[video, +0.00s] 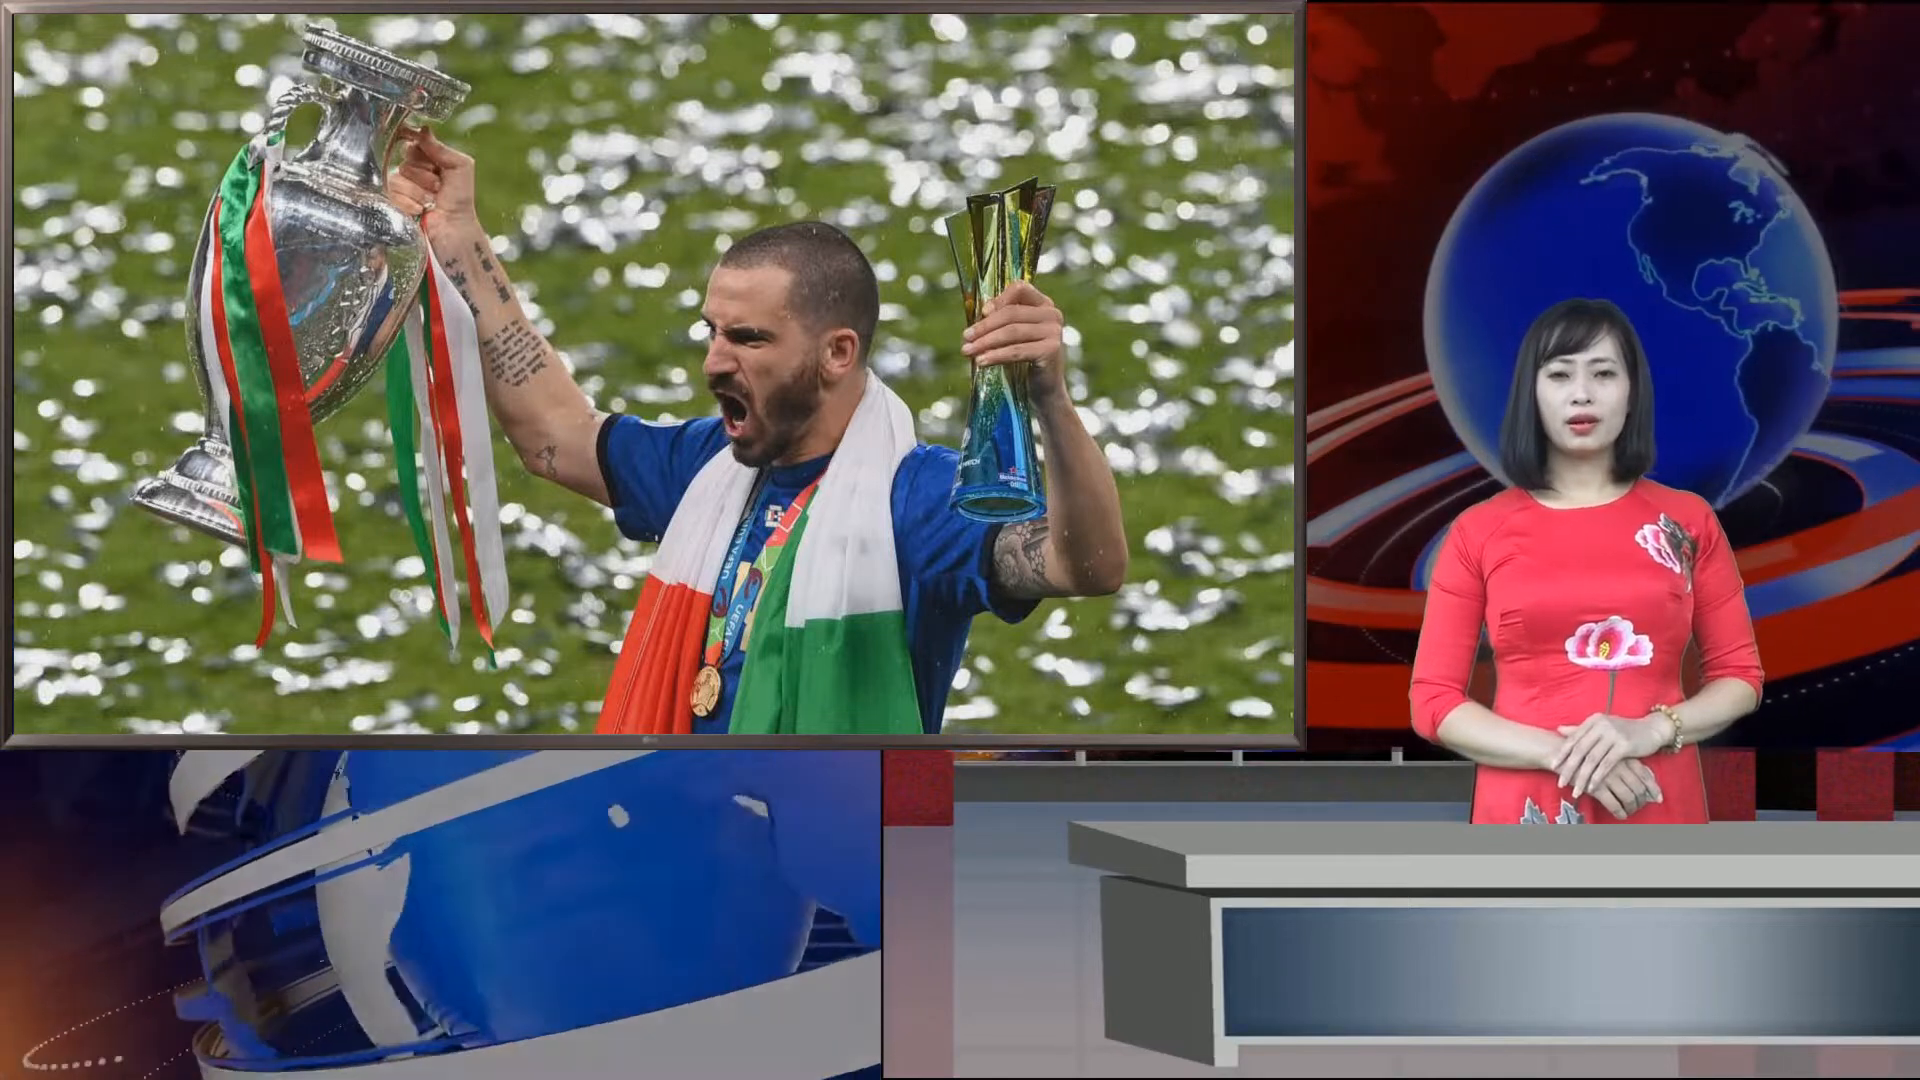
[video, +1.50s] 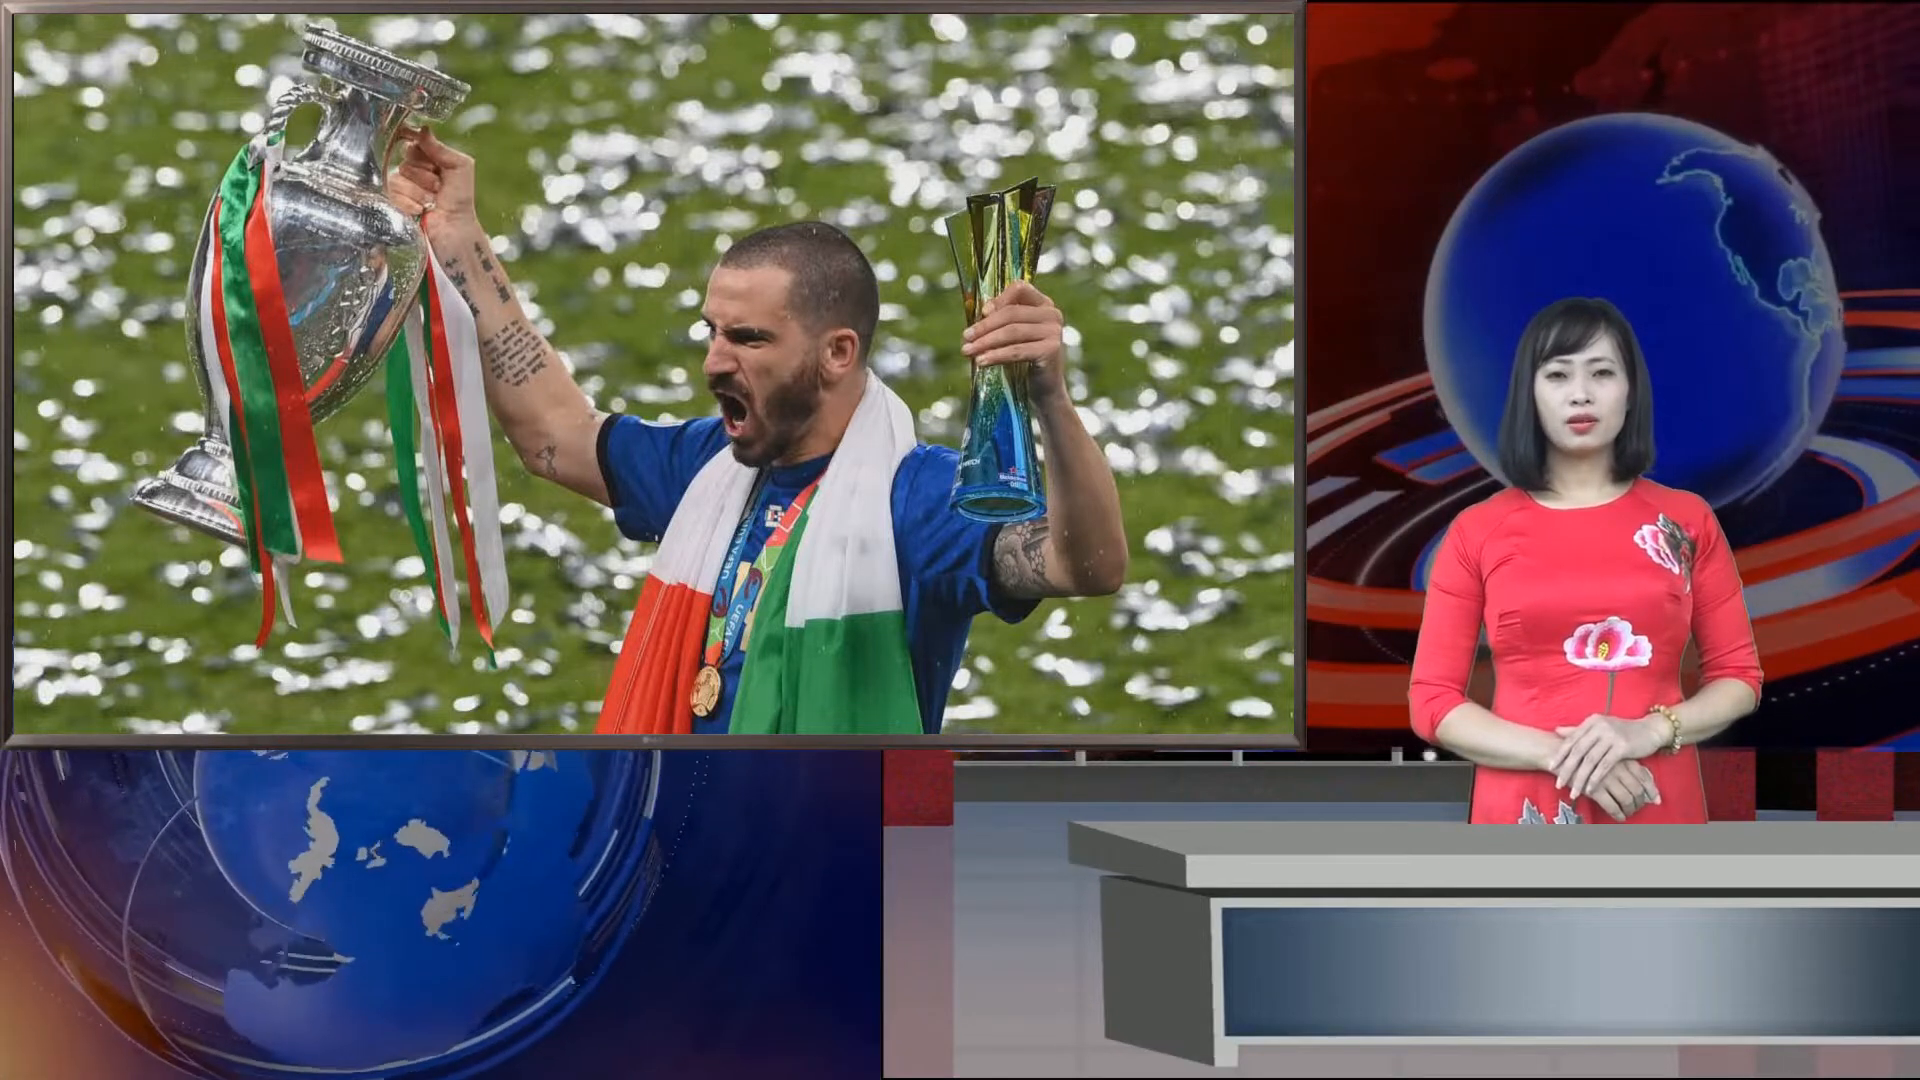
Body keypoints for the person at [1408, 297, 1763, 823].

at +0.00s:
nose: (1581, 393)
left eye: (1603, 374)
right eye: (1560, 375)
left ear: (1632, 392)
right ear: (1532, 392)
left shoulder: (1687, 522)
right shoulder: (1479, 533)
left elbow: (1740, 680)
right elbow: (1433, 701)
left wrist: (1653, 729)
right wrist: (1568, 753)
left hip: (1663, 824)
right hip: (1522, 825)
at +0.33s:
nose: (1581, 393)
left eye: (1604, 374)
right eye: (1560, 375)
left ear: (1633, 392)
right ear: (1533, 392)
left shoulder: (1688, 522)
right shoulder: (1480, 532)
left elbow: (1740, 680)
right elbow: (1433, 700)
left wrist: (1653, 729)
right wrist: (1569, 753)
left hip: (1662, 823)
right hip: (1522, 824)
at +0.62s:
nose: (1579, 393)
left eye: (1602, 374)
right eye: (1559, 375)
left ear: (1631, 392)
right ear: (1532, 392)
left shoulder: (1686, 522)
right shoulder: (1479, 533)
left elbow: (1739, 680)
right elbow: (1433, 701)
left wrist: (1652, 729)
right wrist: (1567, 753)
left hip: (1662, 824)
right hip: (1521, 825)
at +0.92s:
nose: (1578, 393)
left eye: (1601, 373)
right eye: (1557, 374)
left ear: (1630, 392)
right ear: (1530, 391)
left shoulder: (1686, 521)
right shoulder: (1477, 533)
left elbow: (1738, 680)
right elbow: (1431, 702)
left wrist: (1650, 729)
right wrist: (1565, 753)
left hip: (1661, 824)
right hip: (1521, 825)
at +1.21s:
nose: (1578, 393)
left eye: (1600, 373)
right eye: (1557, 375)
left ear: (1630, 391)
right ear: (1530, 392)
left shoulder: (1686, 521)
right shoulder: (1477, 533)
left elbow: (1739, 680)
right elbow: (1431, 702)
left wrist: (1650, 729)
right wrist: (1565, 754)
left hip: (1661, 823)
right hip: (1521, 825)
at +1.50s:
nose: (1580, 393)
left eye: (1602, 373)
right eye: (1558, 375)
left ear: (1630, 391)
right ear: (1530, 391)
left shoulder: (1686, 521)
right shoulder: (1478, 533)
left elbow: (1739, 680)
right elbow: (1432, 702)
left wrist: (1652, 729)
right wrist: (1565, 753)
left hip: (1662, 825)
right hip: (1520, 826)